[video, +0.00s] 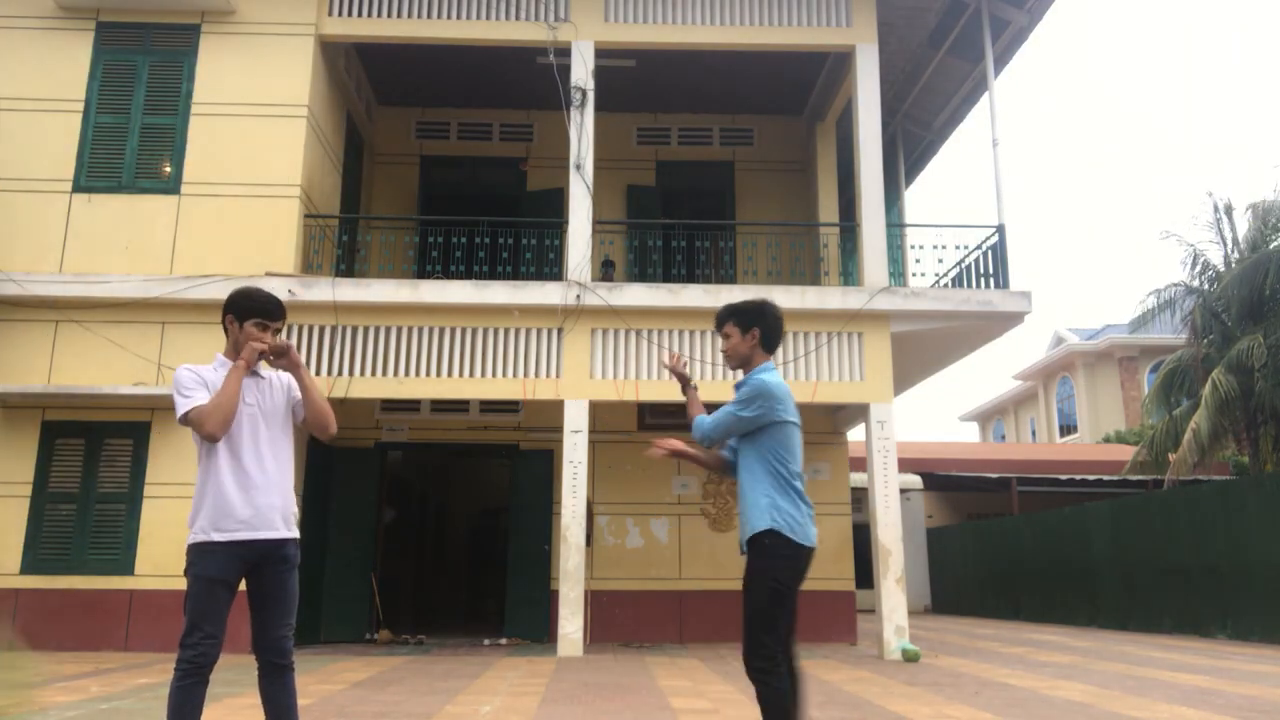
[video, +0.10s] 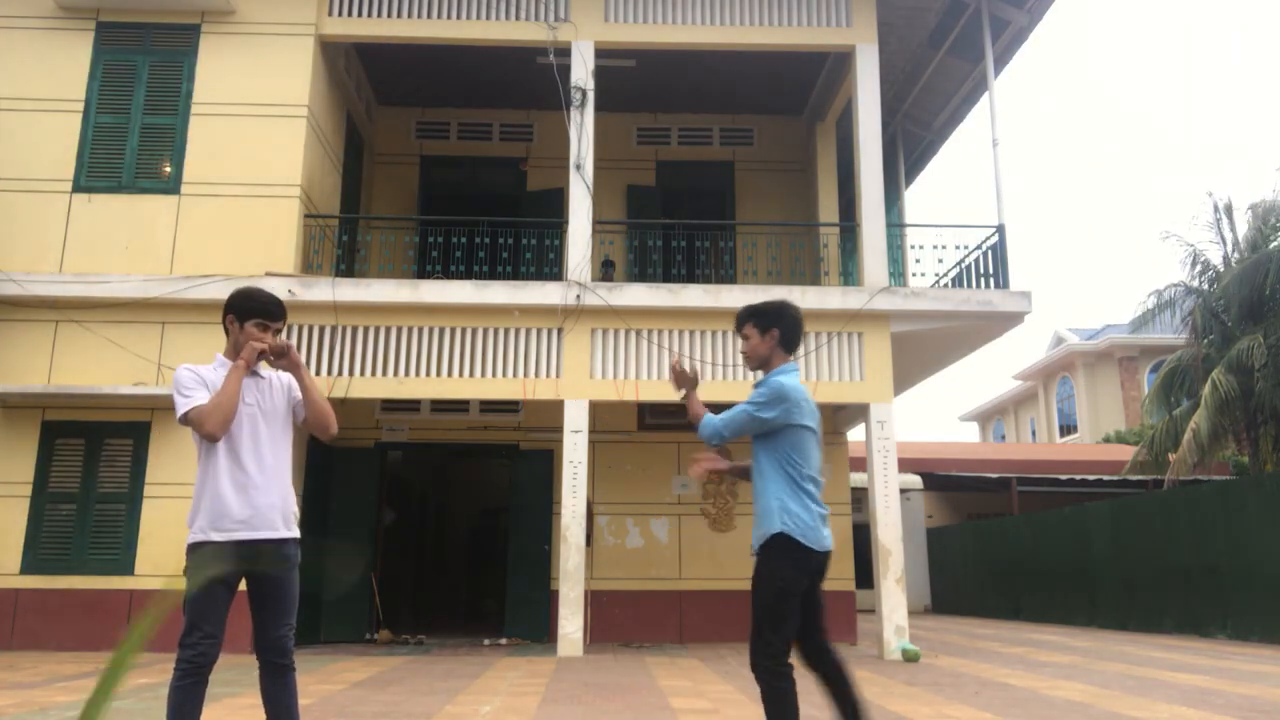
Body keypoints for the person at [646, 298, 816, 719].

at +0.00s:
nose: (721, 347)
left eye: (727, 337)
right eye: (721, 338)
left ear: (754, 336)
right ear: (751, 339)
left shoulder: (763, 385)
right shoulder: (767, 389)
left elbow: (703, 432)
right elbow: (734, 466)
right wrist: (686, 450)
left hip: (777, 535)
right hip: (783, 534)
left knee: (763, 658)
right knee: (773, 656)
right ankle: (786, 716)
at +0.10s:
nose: (741, 347)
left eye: (746, 338)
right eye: (741, 339)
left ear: (772, 337)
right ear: (776, 340)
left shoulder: (779, 389)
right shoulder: (797, 392)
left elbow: (713, 430)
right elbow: (786, 471)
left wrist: (690, 394)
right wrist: (731, 469)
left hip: (786, 541)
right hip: (811, 541)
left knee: (768, 659)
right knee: (813, 646)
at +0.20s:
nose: (762, 350)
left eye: (766, 341)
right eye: (761, 342)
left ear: (792, 340)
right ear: (797, 343)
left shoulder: (797, 391)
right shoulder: (821, 393)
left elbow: (731, 431)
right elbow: (808, 467)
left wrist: (681, 415)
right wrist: (754, 468)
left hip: (799, 541)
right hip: (831, 543)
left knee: (775, 658)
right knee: (850, 644)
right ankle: (904, 715)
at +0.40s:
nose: (797, 361)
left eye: (802, 352)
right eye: (797, 352)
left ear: (828, 352)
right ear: (835, 355)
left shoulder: (829, 403)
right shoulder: (866, 405)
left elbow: (753, 428)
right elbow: (847, 469)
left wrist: (723, 413)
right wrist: (793, 467)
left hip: (841, 551)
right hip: (879, 552)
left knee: (793, 657)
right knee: (901, 656)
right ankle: (940, 716)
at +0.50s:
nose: (807, 366)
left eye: (812, 356)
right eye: (806, 357)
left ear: (837, 356)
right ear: (844, 359)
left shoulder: (836, 404)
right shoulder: (881, 412)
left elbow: (767, 407)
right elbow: (874, 486)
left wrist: (732, 398)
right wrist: (819, 498)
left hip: (857, 555)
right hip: (896, 558)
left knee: (805, 658)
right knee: (902, 661)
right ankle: (940, 717)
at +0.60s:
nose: (816, 369)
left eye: (822, 359)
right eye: (816, 360)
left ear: (849, 360)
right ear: (851, 363)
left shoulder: (860, 406)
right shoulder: (870, 409)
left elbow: (789, 417)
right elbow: (860, 492)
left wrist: (765, 403)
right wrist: (827, 543)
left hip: (869, 560)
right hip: (897, 563)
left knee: (811, 662)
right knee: (895, 669)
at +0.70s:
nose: (826, 373)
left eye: (833, 363)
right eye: (825, 364)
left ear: (860, 364)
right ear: (853, 367)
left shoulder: (886, 415)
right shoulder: (850, 424)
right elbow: (821, 501)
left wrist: (810, 433)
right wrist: (775, 541)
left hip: (879, 564)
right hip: (883, 565)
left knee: (815, 664)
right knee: (888, 674)